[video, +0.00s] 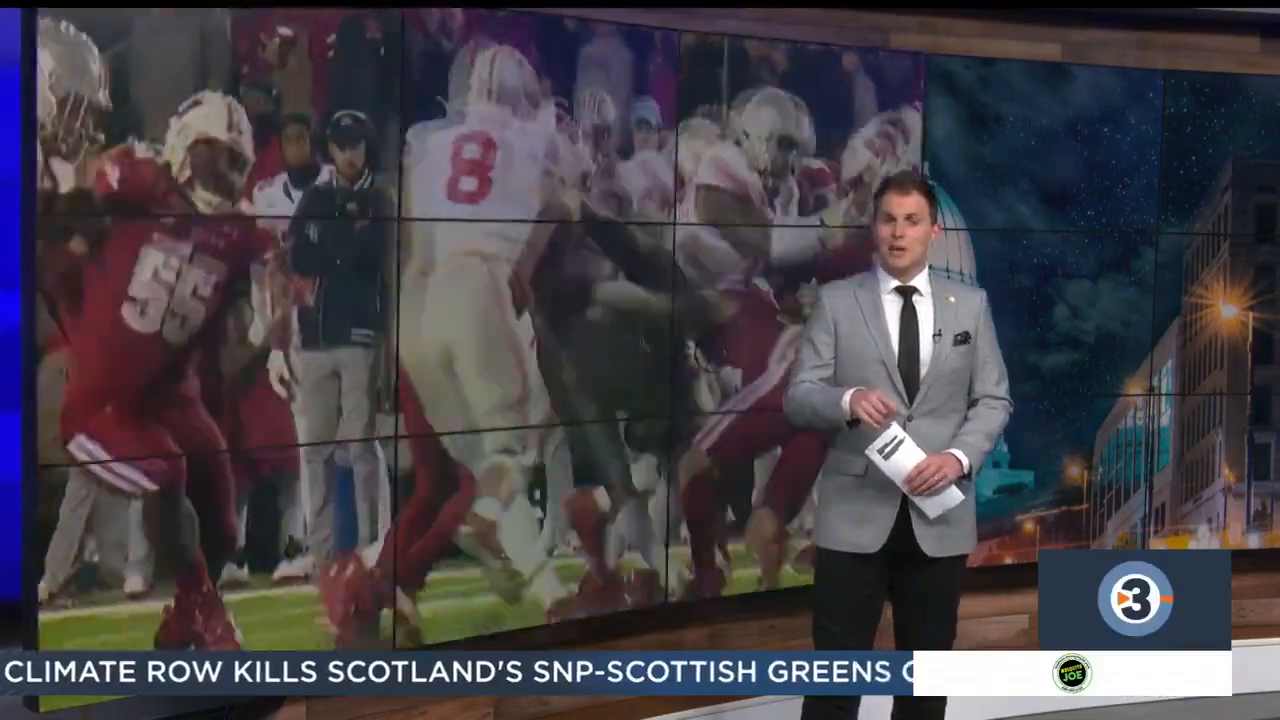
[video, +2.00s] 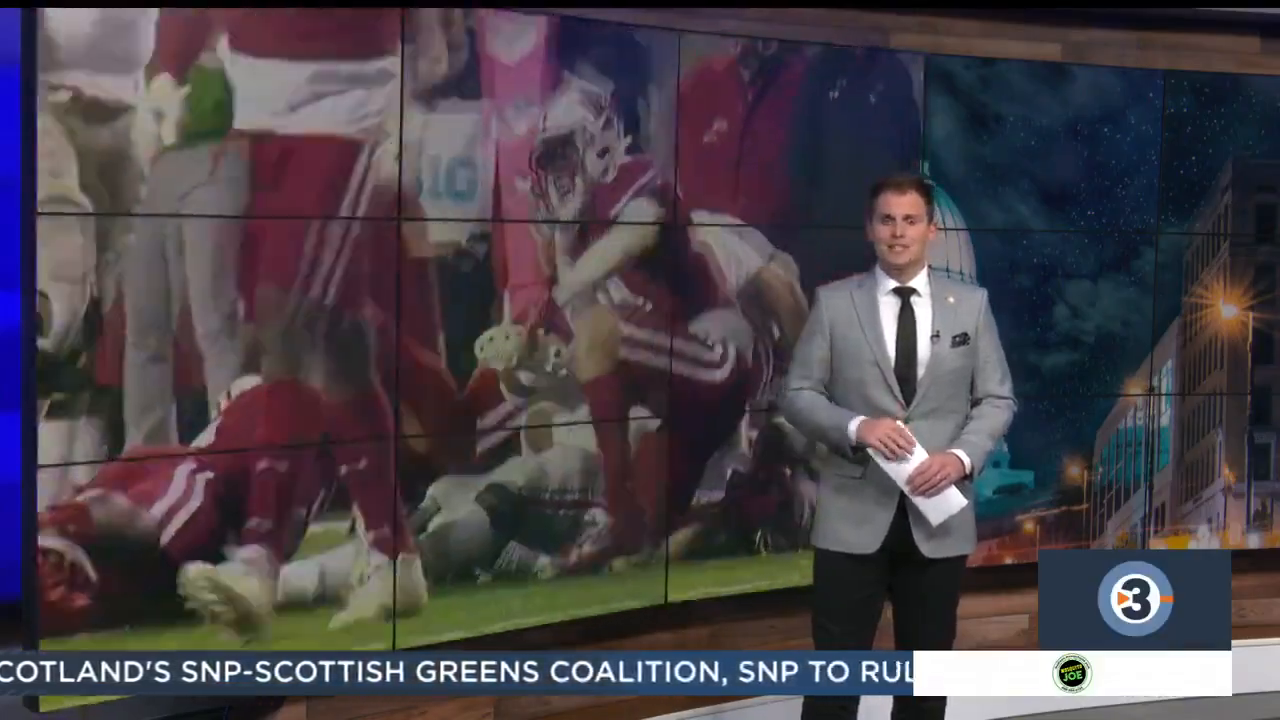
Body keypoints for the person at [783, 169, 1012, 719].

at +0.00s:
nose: (897, 232)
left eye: (911, 220)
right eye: (887, 220)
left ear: (934, 230)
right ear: (874, 229)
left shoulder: (970, 303)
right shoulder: (835, 301)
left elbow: (993, 401)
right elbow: (799, 397)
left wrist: (958, 456)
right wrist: (845, 400)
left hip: (938, 515)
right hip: (853, 512)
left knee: (927, 674)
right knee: (835, 672)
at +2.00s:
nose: (898, 232)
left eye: (910, 221)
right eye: (886, 220)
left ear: (931, 230)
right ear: (870, 230)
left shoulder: (970, 303)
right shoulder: (833, 302)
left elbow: (996, 400)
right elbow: (796, 393)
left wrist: (962, 456)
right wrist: (856, 427)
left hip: (937, 517)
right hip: (852, 515)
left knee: (928, 674)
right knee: (835, 672)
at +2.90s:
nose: (907, 231)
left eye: (918, 220)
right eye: (895, 220)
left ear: (933, 229)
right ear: (873, 231)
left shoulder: (970, 303)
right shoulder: (836, 301)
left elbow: (992, 398)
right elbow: (796, 398)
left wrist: (949, 420)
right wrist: (830, 401)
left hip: (936, 508)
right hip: (851, 507)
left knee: (928, 667)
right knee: (834, 666)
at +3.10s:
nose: (905, 229)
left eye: (915, 218)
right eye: (892, 219)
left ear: (931, 227)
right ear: (871, 230)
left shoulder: (968, 302)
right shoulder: (834, 301)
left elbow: (986, 400)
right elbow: (798, 398)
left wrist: (933, 423)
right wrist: (826, 406)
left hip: (933, 507)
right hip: (847, 506)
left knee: (927, 665)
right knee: (831, 664)